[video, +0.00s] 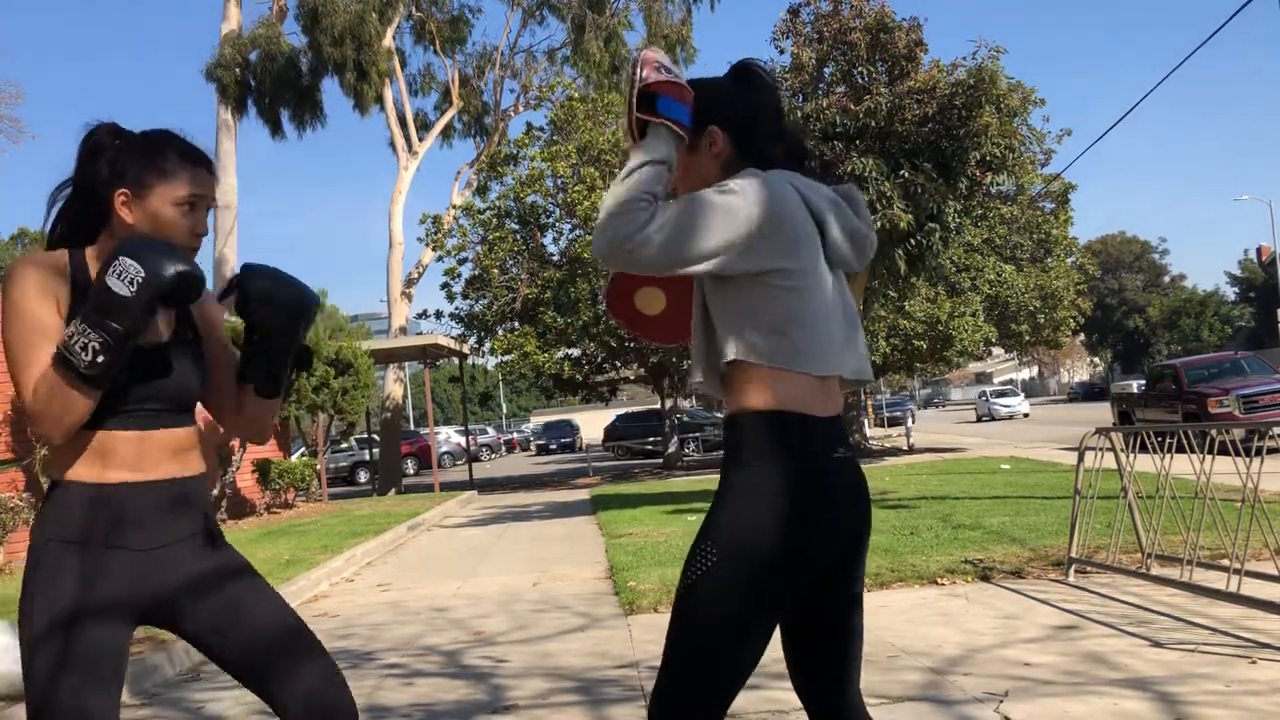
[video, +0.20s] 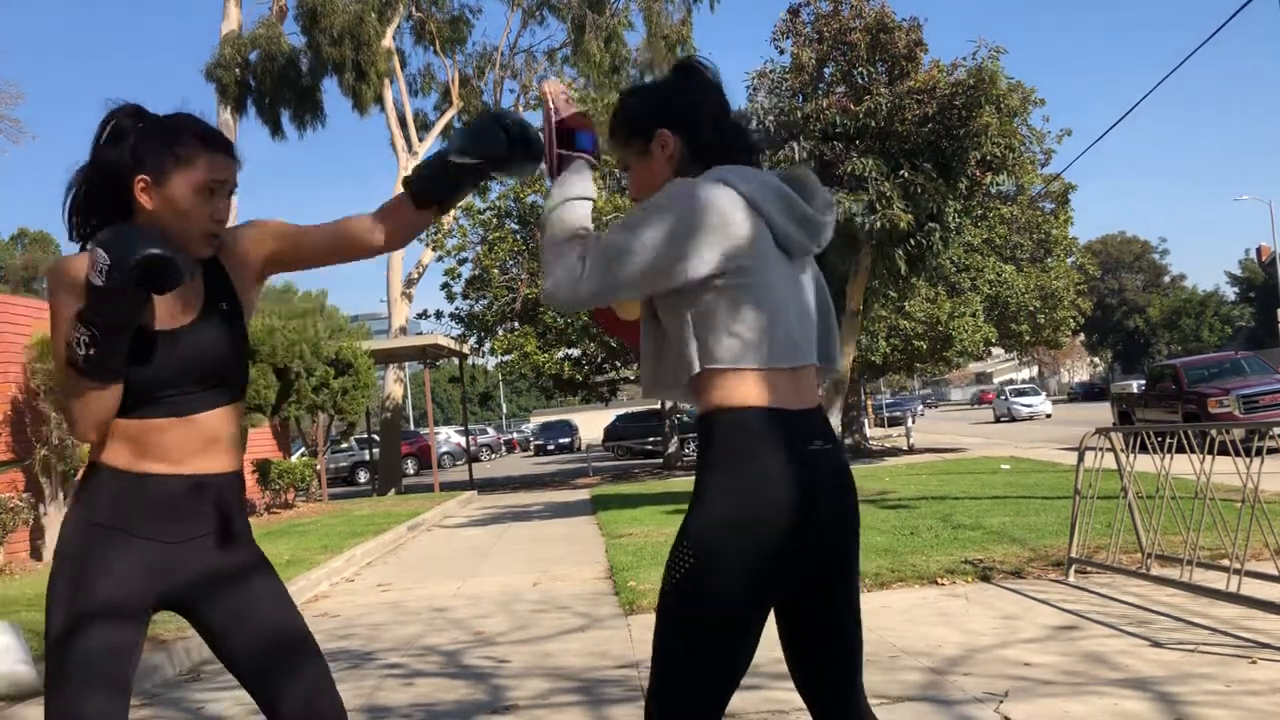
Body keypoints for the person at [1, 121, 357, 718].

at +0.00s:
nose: (204, 227)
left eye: (206, 211)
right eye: (190, 207)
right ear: (127, 205)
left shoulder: (193, 297)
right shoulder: (41, 277)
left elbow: (252, 425)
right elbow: (49, 422)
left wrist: (276, 340)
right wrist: (108, 317)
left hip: (190, 541)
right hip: (82, 546)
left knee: (323, 697)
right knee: (70, 709)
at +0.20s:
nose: (226, 209)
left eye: (230, 192)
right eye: (211, 191)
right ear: (145, 190)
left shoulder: (246, 250)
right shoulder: (82, 275)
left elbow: (379, 229)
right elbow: (87, 426)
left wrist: (460, 165)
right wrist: (110, 318)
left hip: (221, 533)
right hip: (113, 531)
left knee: (314, 703)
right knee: (82, 707)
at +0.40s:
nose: (229, 225)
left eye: (234, 208)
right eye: (216, 206)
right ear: (151, 199)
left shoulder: (232, 273)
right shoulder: (74, 279)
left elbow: (339, 360)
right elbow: (76, 436)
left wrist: (360, 274)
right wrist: (112, 327)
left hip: (224, 536)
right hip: (115, 537)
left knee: (330, 707)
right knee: (83, 711)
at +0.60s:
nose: (222, 227)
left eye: (228, 211)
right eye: (210, 207)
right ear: (145, 199)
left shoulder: (218, 287)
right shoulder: (59, 281)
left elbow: (266, 419)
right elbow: (65, 430)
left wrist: (284, 318)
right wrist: (107, 321)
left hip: (208, 540)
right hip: (101, 541)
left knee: (318, 708)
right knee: (75, 710)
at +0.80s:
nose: (213, 232)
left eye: (217, 215)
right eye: (200, 212)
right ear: (136, 204)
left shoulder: (208, 295)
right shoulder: (49, 282)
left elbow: (249, 426)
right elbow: (57, 432)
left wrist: (284, 333)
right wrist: (102, 317)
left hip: (199, 545)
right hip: (90, 546)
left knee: (315, 708)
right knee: (70, 709)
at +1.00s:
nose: (213, 215)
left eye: (216, 198)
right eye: (200, 196)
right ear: (134, 193)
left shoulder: (214, 282)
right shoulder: (56, 279)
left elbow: (291, 389)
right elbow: (47, 429)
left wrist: (297, 310)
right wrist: (94, 319)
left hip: (215, 531)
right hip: (107, 536)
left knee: (318, 707)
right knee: (84, 711)